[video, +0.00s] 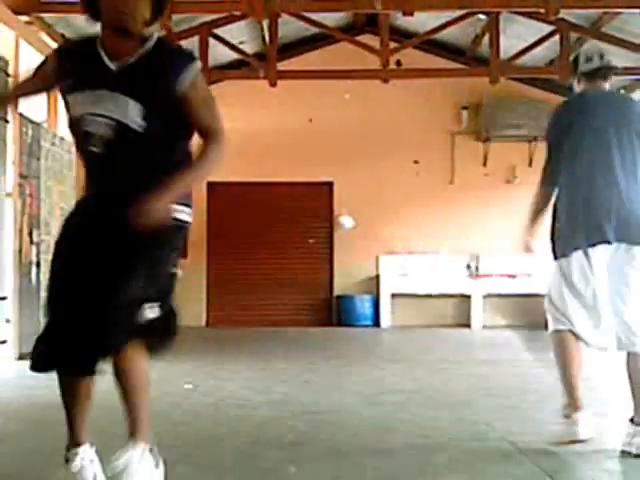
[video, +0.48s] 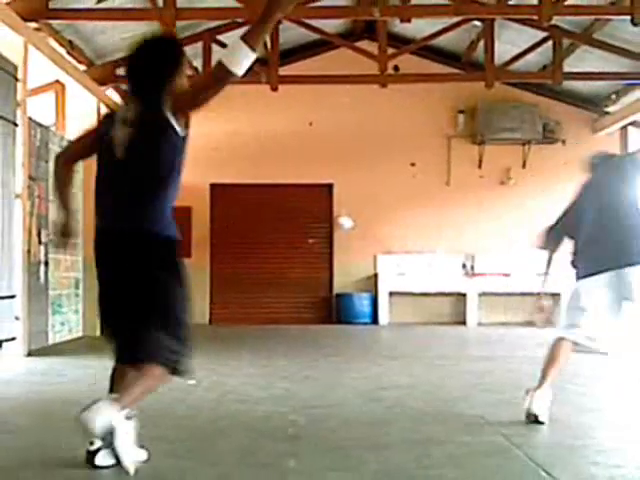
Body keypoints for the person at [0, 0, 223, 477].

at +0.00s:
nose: (137, 4)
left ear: (157, 8)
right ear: (99, 4)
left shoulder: (175, 67)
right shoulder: (72, 58)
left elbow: (217, 140)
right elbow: (38, 83)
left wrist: (169, 194)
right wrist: (11, 95)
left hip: (155, 215)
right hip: (94, 211)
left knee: (125, 328)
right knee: (71, 332)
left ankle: (141, 451)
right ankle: (79, 451)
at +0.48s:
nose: (189, 75)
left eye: (187, 67)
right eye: (184, 67)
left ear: (138, 73)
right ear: (169, 74)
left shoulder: (114, 121)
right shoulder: (176, 107)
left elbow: (64, 160)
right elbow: (230, 70)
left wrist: (65, 213)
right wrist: (270, 17)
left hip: (112, 242)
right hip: (152, 243)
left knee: (130, 347)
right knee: (168, 350)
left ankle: (115, 441)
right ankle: (110, 412)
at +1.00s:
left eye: (180, 113)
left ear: (178, 118)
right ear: (217, 119)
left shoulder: (168, 160)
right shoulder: (233, 162)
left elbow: (158, 220)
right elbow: (236, 220)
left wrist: (154, 270)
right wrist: (234, 263)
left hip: (181, 262)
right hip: (223, 263)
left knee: (185, 326)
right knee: (219, 336)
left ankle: (184, 380)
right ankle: (211, 407)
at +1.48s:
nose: (189, 133)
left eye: (192, 126)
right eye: (188, 127)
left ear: (208, 124)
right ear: (213, 125)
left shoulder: (206, 160)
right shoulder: (233, 153)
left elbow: (202, 211)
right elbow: (239, 201)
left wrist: (186, 254)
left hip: (214, 244)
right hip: (238, 240)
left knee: (201, 305)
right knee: (227, 301)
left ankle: (228, 368)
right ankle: (248, 345)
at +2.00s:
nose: (202, 146)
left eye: (207, 139)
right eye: (198, 140)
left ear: (221, 143)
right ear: (194, 145)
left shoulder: (238, 173)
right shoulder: (191, 177)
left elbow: (270, 196)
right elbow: (177, 206)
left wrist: (255, 230)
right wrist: (167, 215)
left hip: (232, 244)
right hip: (207, 246)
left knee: (205, 298)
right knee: (218, 301)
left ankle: (227, 350)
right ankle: (236, 357)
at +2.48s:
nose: (224, 173)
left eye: (228, 168)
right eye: (220, 167)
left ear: (234, 168)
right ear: (212, 166)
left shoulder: (241, 192)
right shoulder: (200, 190)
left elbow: (247, 227)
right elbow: (191, 228)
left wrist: (248, 258)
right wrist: (198, 259)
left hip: (232, 258)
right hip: (206, 258)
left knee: (229, 304)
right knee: (200, 302)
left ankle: (226, 346)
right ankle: (208, 334)